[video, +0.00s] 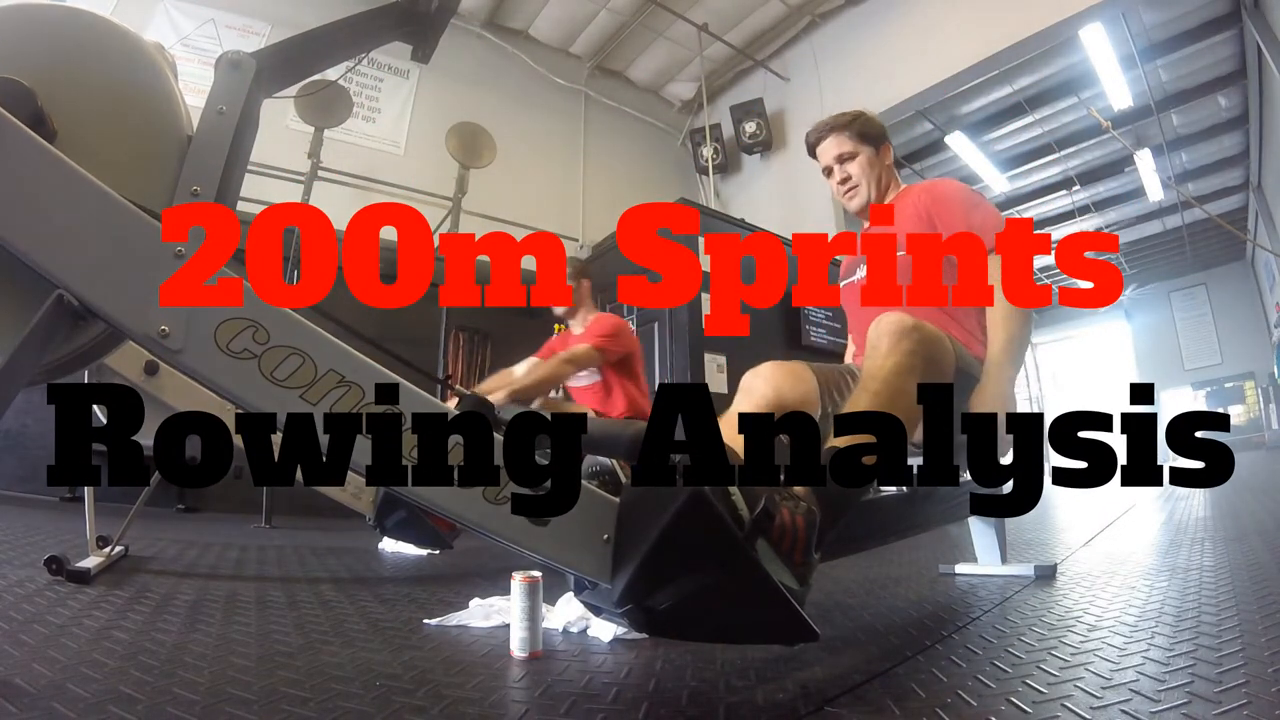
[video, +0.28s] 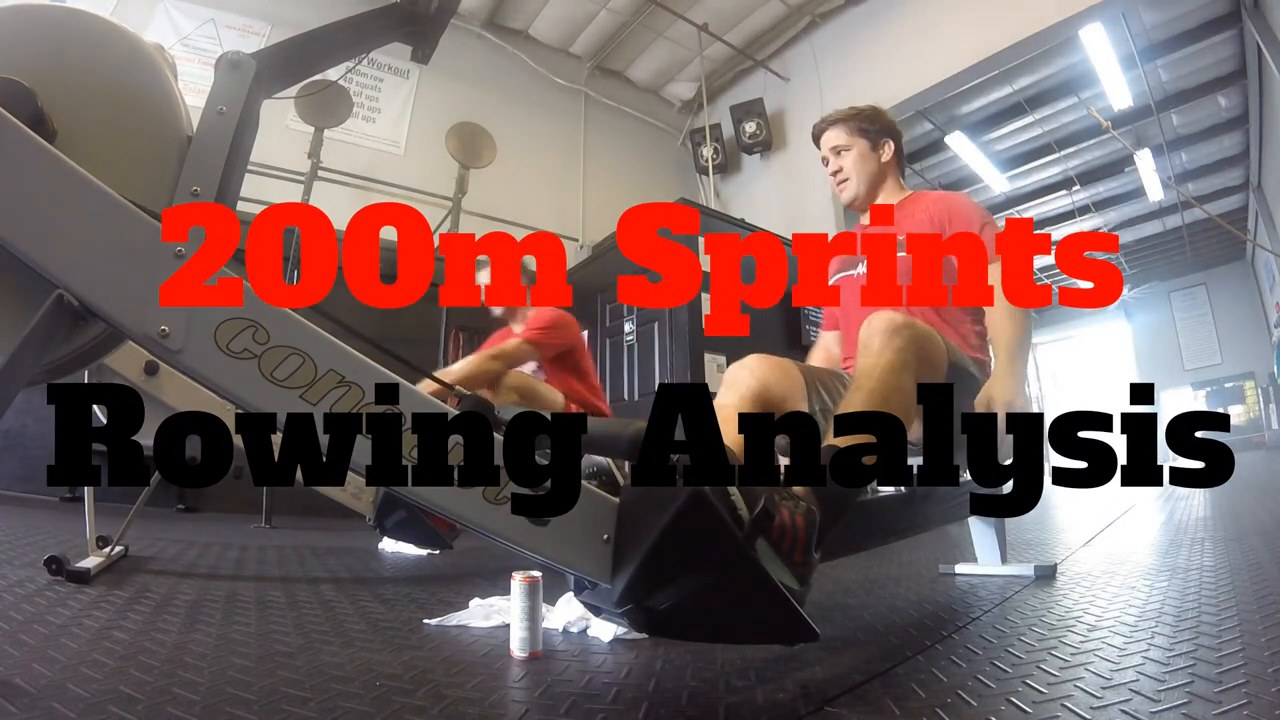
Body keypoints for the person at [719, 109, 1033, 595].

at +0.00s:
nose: (838, 176)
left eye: (847, 159)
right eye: (828, 172)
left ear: (884, 154)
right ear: (828, 182)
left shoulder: (937, 196)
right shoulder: (853, 260)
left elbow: (1013, 268)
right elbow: (855, 350)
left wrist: (995, 390)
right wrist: (842, 388)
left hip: (961, 382)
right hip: (875, 387)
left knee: (896, 330)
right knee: (766, 381)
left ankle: (809, 509)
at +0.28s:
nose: (831, 168)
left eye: (841, 152)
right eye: (825, 162)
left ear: (885, 151)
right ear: (828, 174)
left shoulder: (948, 208)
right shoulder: (842, 250)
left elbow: (1003, 290)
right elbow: (828, 348)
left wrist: (1006, 379)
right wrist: (796, 410)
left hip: (951, 384)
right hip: (854, 389)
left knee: (887, 328)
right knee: (749, 374)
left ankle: (811, 509)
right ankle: (710, 516)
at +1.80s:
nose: (748, 132)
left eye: (763, 114)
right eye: (740, 126)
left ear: (813, 120)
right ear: (741, 146)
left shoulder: (866, 176)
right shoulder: (744, 231)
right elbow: (668, 291)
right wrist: (590, 357)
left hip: (870, 360)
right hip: (782, 373)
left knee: (870, 205)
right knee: (697, 347)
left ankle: (817, 485)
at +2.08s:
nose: (688, 119)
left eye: (704, 100)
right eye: (679, 114)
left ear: (762, 104)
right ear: (678, 136)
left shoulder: (823, 157)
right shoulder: (699, 217)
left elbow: (795, 220)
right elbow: (616, 300)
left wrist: (692, 318)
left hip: (834, 393)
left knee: (861, 280)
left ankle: (813, 489)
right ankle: (487, 409)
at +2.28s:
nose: (678, 112)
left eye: (694, 92)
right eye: (670, 106)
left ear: (754, 96)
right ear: (669, 128)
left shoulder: (812, 150)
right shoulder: (685, 219)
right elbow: (601, 296)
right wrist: (505, 387)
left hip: (833, 391)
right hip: (739, 393)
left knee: (847, 258)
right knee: (655, 305)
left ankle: (807, 496)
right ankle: (612, 475)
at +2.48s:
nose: (696, 106)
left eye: (713, 88)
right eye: (688, 105)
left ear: (770, 96)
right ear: (690, 135)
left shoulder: (827, 147)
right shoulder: (699, 213)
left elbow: (811, 206)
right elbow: (617, 284)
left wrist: (697, 321)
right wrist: (529, 369)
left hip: (827, 393)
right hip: (737, 391)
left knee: (848, 263)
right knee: (655, 306)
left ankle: (808, 499)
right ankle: (652, 475)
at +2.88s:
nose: (798, 122)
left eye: (813, 108)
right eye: (789, 119)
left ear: (856, 118)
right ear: (784, 140)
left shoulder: (904, 164)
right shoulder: (789, 217)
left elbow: (884, 191)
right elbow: (728, 279)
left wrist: (808, 189)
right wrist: (730, 215)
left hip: (901, 370)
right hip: (811, 371)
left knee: (870, 275)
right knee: (700, 337)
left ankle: (823, 468)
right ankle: (685, 481)